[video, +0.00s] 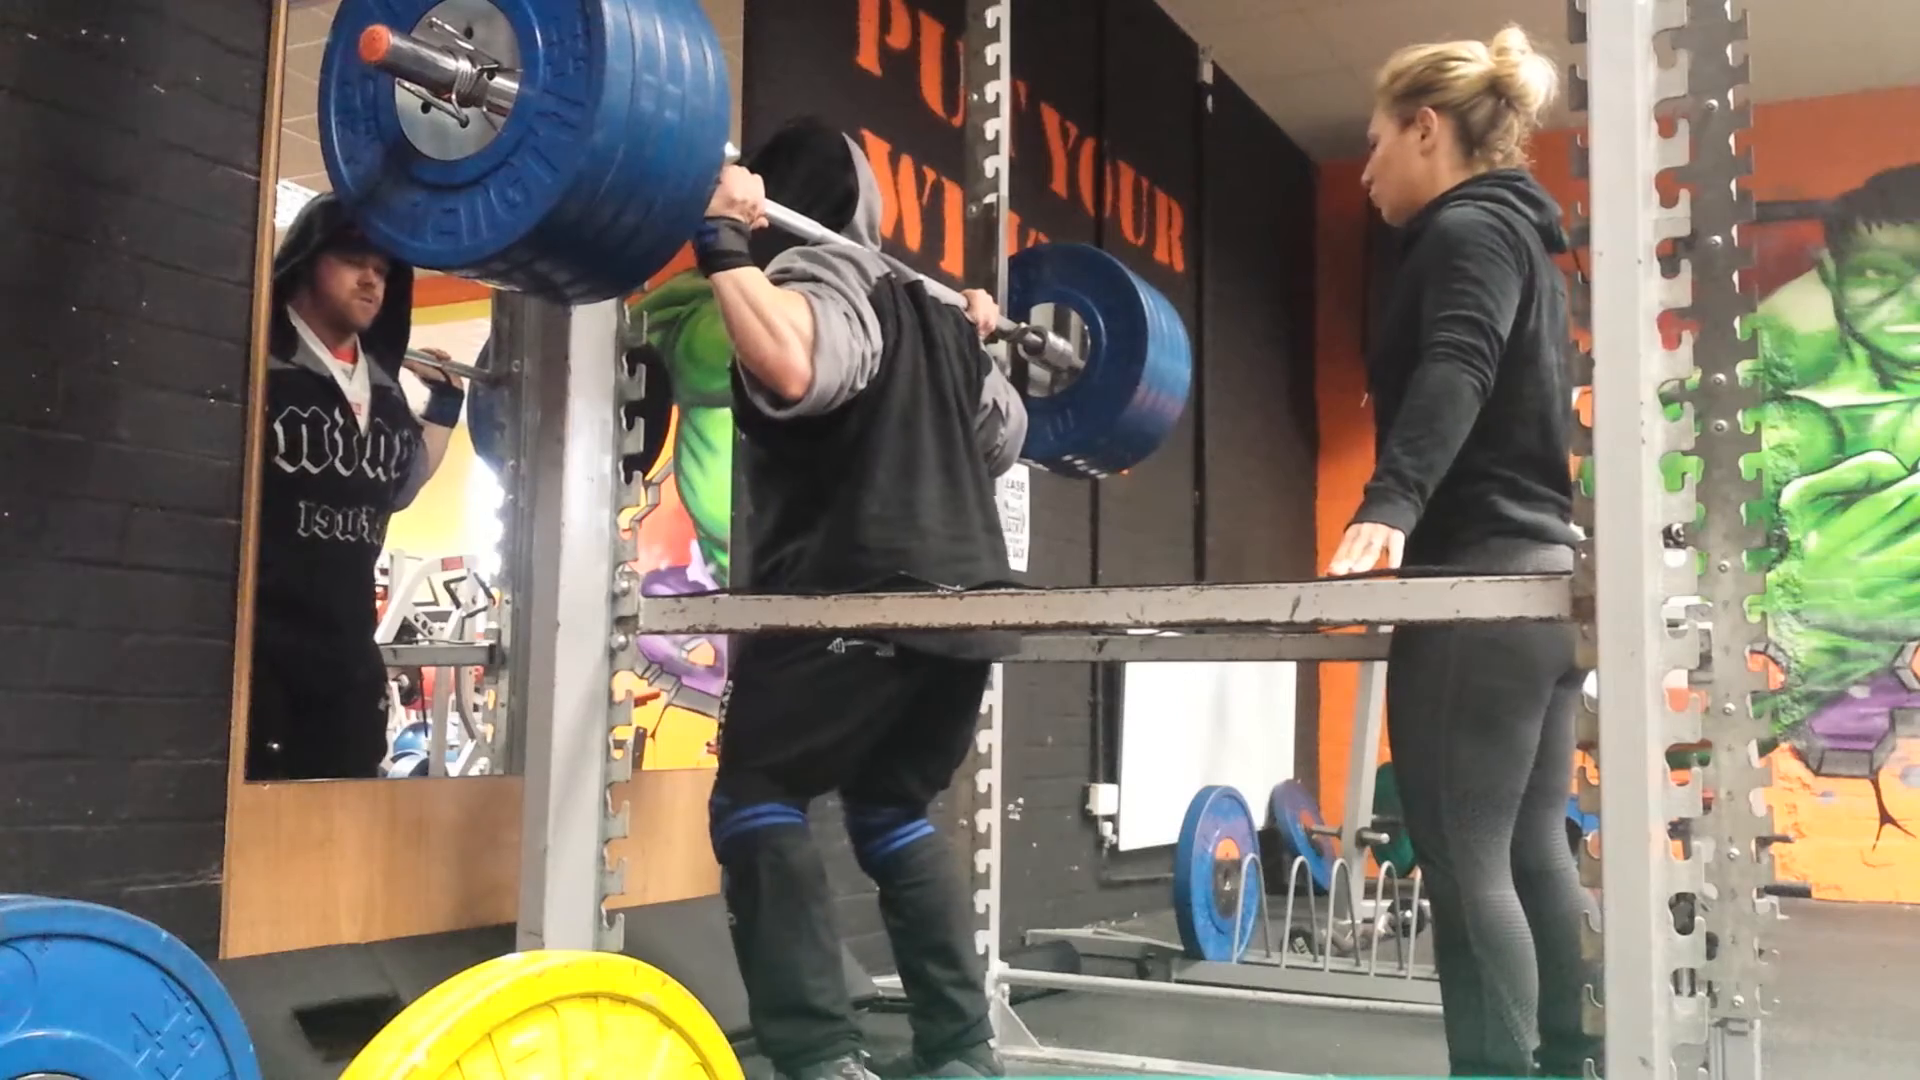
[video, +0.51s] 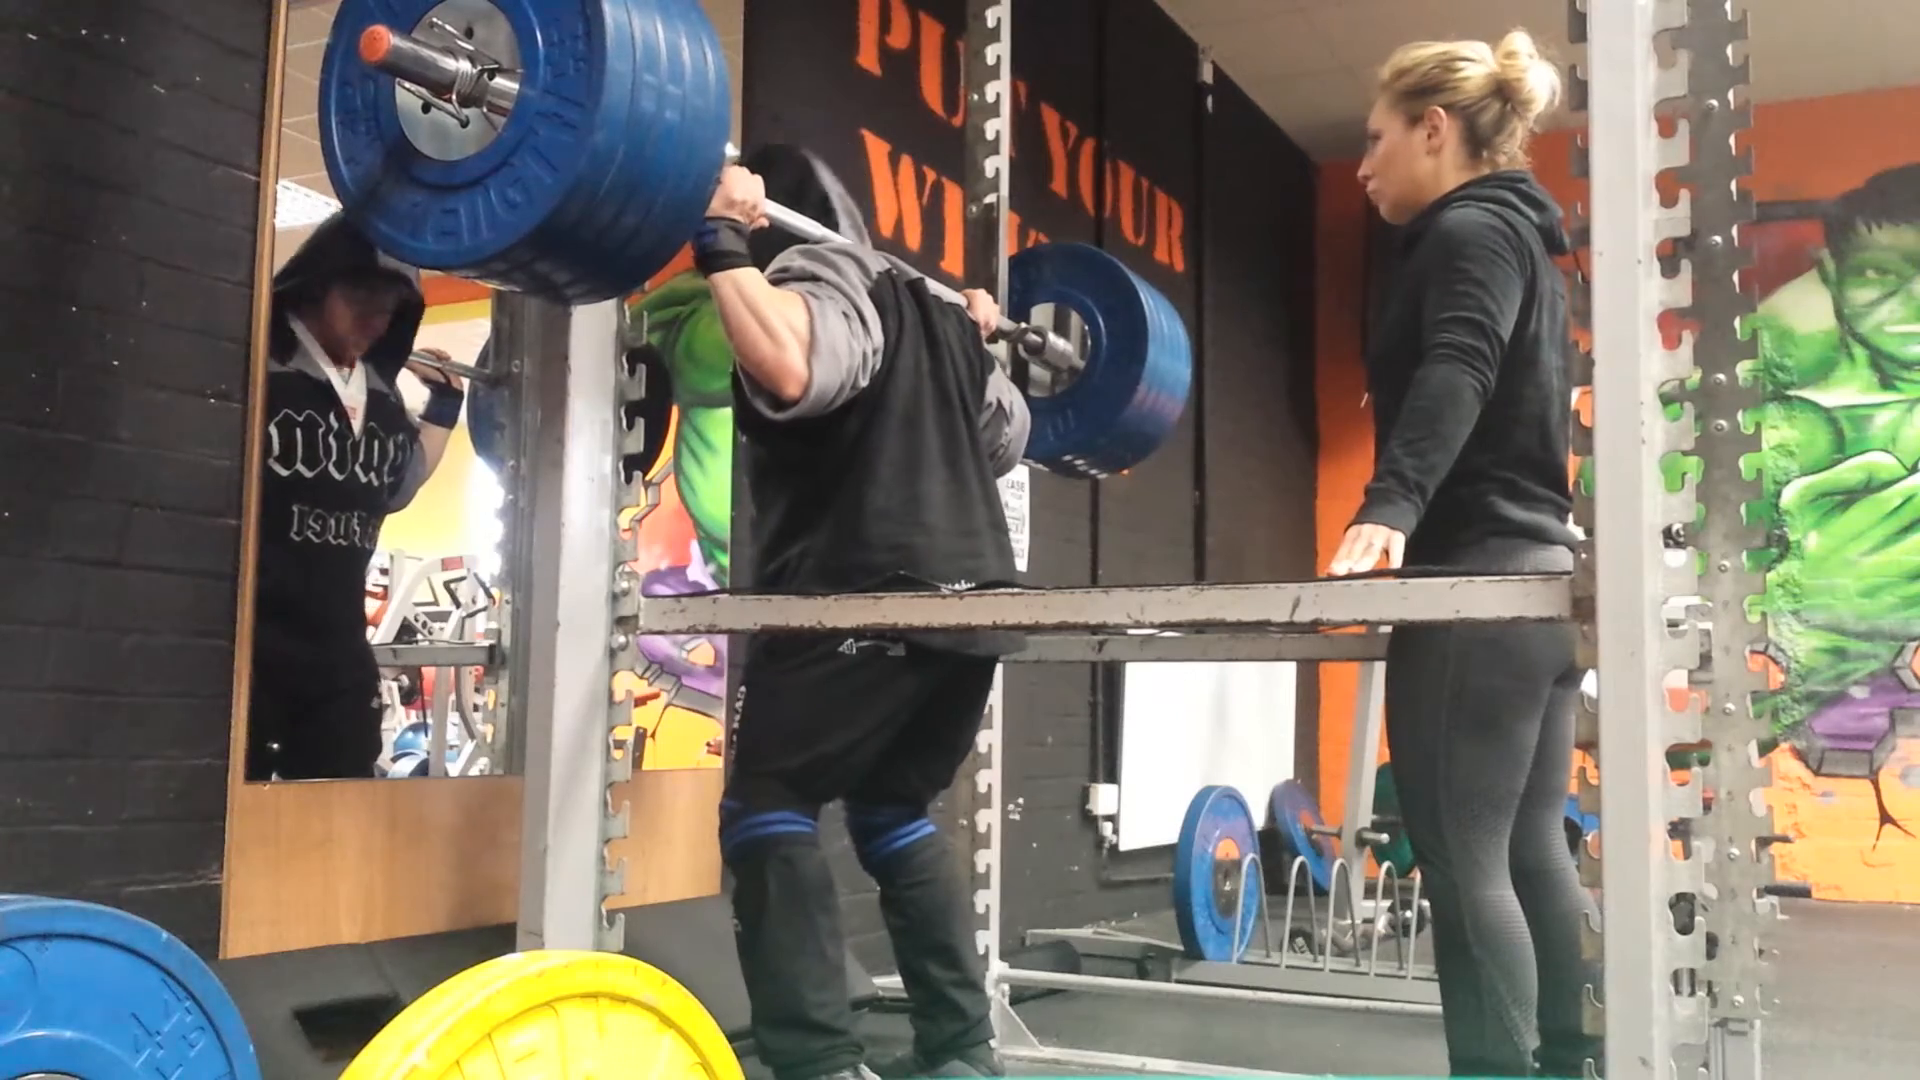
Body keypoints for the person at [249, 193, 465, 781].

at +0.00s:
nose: (372, 280)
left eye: (382, 271)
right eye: (354, 261)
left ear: (388, 290)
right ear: (306, 267)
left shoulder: (387, 389)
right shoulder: (257, 356)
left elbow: (400, 491)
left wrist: (446, 403)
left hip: (347, 637)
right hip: (257, 628)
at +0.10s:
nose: (369, 281)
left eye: (379, 270)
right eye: (351, 261)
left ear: (386, 289)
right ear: (304, 268)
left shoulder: (386, 390)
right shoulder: (256, 358)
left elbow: (398, 491)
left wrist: (444, 404)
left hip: (347, 638)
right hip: (257, 630)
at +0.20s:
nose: (369, 283)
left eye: (379, 273)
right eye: (350, 263)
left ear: (386, 292)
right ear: (303, 269)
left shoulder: (385, 392)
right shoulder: (255, 358)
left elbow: (397, 491)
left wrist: (445, 404)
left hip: (344, 637)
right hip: (254, 629)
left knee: (340, 818)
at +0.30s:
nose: (371, 289)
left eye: (381, 278)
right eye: (353, 269)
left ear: (388, 295)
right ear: (305, 272)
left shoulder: (385, 395)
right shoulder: (255, 358)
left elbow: (398, 492)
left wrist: (446, 403)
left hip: (342, 638)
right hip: (253, 628)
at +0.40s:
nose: (372, 304)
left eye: (382, 292)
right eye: (357, 283)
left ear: (392, 303)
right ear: (310, 278)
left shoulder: (381, 392)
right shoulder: (255, 361)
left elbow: (397, 492)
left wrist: (445, 403)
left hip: (340, 634)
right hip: (252, 626)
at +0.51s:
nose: (374, 323)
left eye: (386, 310)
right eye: (360, 302)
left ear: (397, 317)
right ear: (314, 292)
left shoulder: (381, 396)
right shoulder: (256, 367)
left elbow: (397, 490)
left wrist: (444, 402)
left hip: (338, 635)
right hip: (251, 628)